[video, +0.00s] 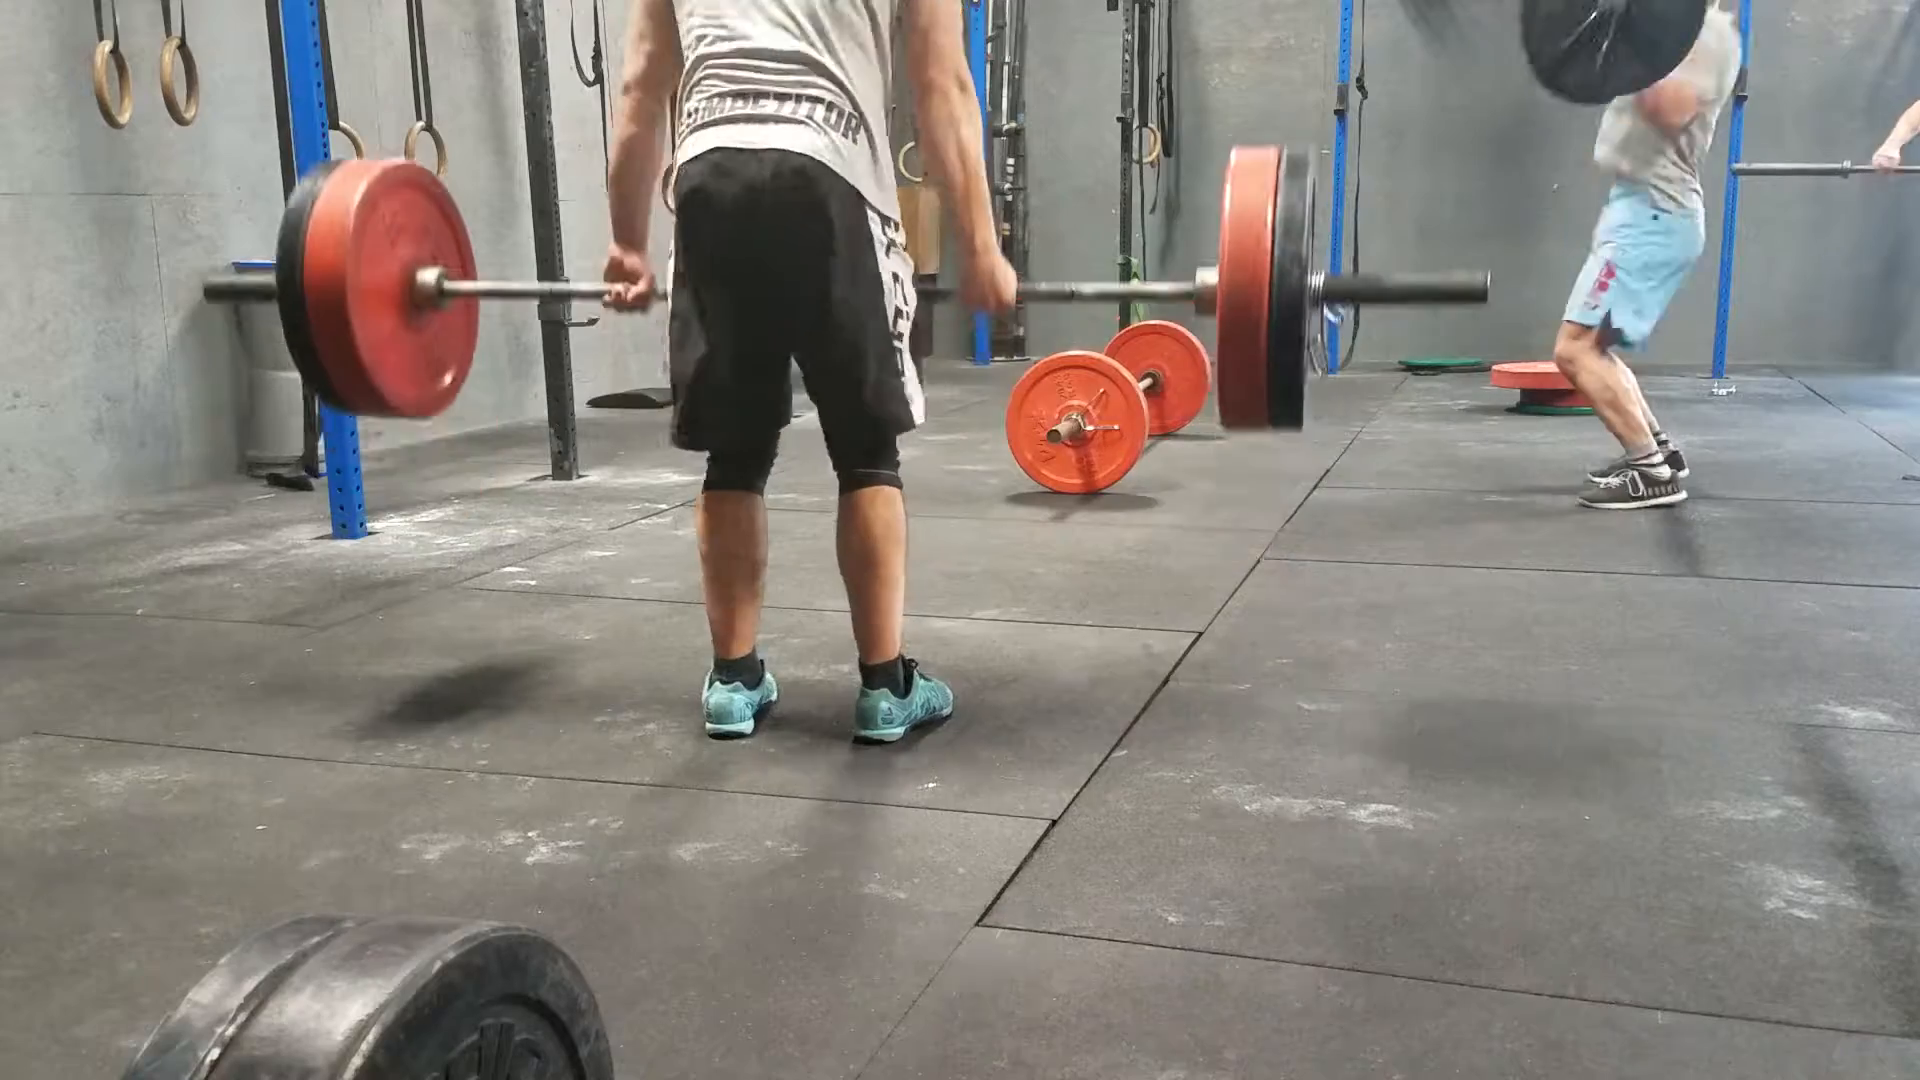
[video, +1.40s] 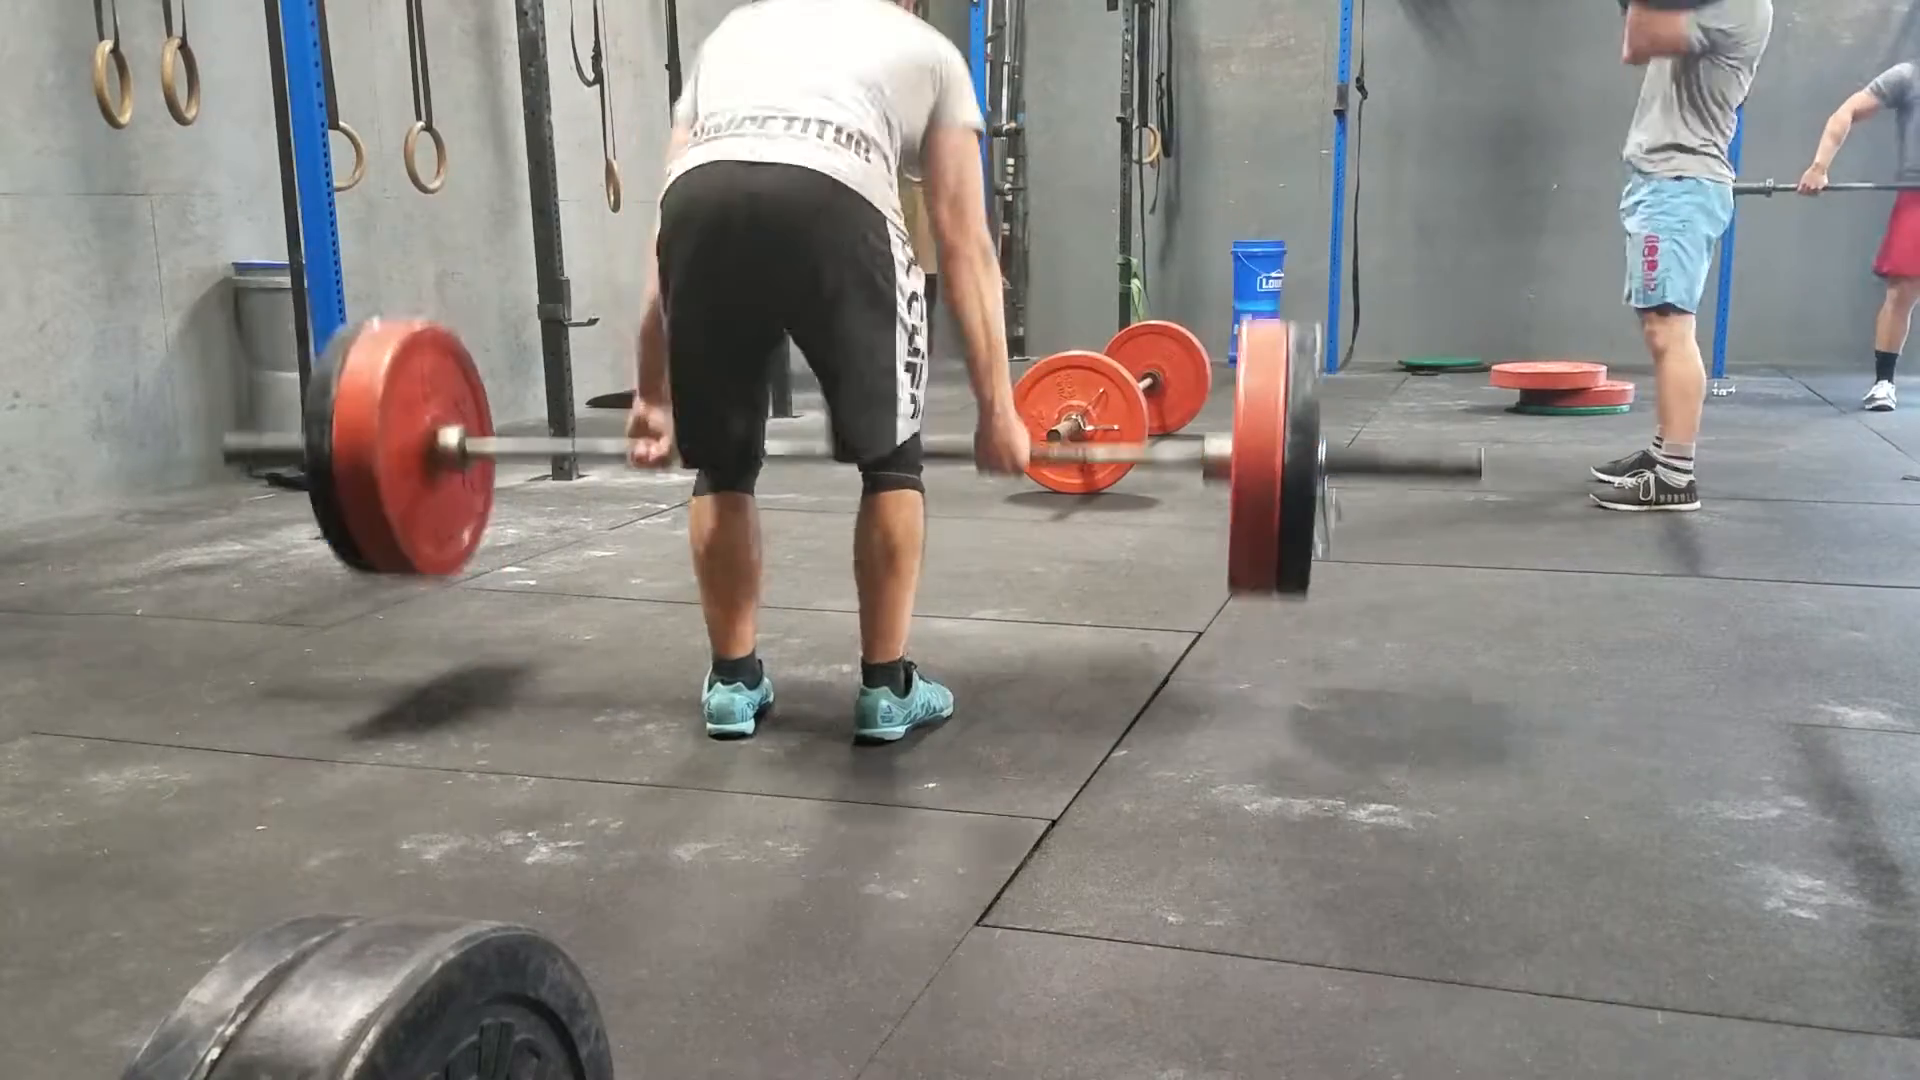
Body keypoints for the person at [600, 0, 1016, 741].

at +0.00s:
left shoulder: (674, 4)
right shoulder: (909, 3)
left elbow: (642, 85)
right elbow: (942, 82)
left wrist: (626, 240)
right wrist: (981, 243)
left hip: (709, 176)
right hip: (828, 173)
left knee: (734, 446)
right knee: (866, 448)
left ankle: (732, 679)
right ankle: (885, 685)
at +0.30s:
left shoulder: (697, 9)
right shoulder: (916, 8)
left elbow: (653, 194)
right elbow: (942, 192)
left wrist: (632, 348)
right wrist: (981, 359)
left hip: (682, 201)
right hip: (808, 203)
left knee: (716, 465)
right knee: (874, 459)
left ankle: (730, 684)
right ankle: (884, 688)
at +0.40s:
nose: (899, 36)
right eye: (899, 28)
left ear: (806, 21)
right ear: (892, 28)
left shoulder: (727, 64)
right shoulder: (919, 86)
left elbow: (660, 253)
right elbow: (950, 281)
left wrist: (642, 428)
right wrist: (984, 445)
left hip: (680, 219)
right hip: (814, 223)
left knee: (714, 473)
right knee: (883, 462)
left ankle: (730, 682)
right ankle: (884, 687)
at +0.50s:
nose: (907, 138)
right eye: (909, 130)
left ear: (818, 112)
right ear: (900, 124)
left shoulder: (738, 145)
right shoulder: (924, 176)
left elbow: (664, 397)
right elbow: (957, 366)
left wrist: (650, 512)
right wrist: (990, 530)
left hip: (680, 259)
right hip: (820, 268)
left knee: (723, 479)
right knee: (896, 472)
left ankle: (734, 682)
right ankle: (885, 686)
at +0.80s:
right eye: (915, 47)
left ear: (824, 35)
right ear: (906, 43)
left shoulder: (742, 66)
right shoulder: (931, 92)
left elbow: (665, 280)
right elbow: (964, 264)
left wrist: (653, 415)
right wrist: (999, 427)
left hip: (694, 203)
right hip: (823, 214)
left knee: (731, 467)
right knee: (885, 463)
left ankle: (732, 682)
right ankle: (886, 688)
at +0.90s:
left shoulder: (718, 14)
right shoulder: (933, 13)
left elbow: (664, 199)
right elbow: (966, 184)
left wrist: (650, 340)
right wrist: (1001, 344)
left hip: (709, 185)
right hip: (832, 185)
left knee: (732, 461)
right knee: (884, 457)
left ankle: (732, 682)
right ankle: (886, 687)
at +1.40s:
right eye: (929, 21)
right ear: (910, 8)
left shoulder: (729, 33)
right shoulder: (932, 50)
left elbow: (673, 217)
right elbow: (962, 239)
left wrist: (651, 392)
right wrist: (997, 405)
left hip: (703, 202)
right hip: (833, 206)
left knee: (719, 467)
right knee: (890, 462)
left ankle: (731, 682)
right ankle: (885, 686)